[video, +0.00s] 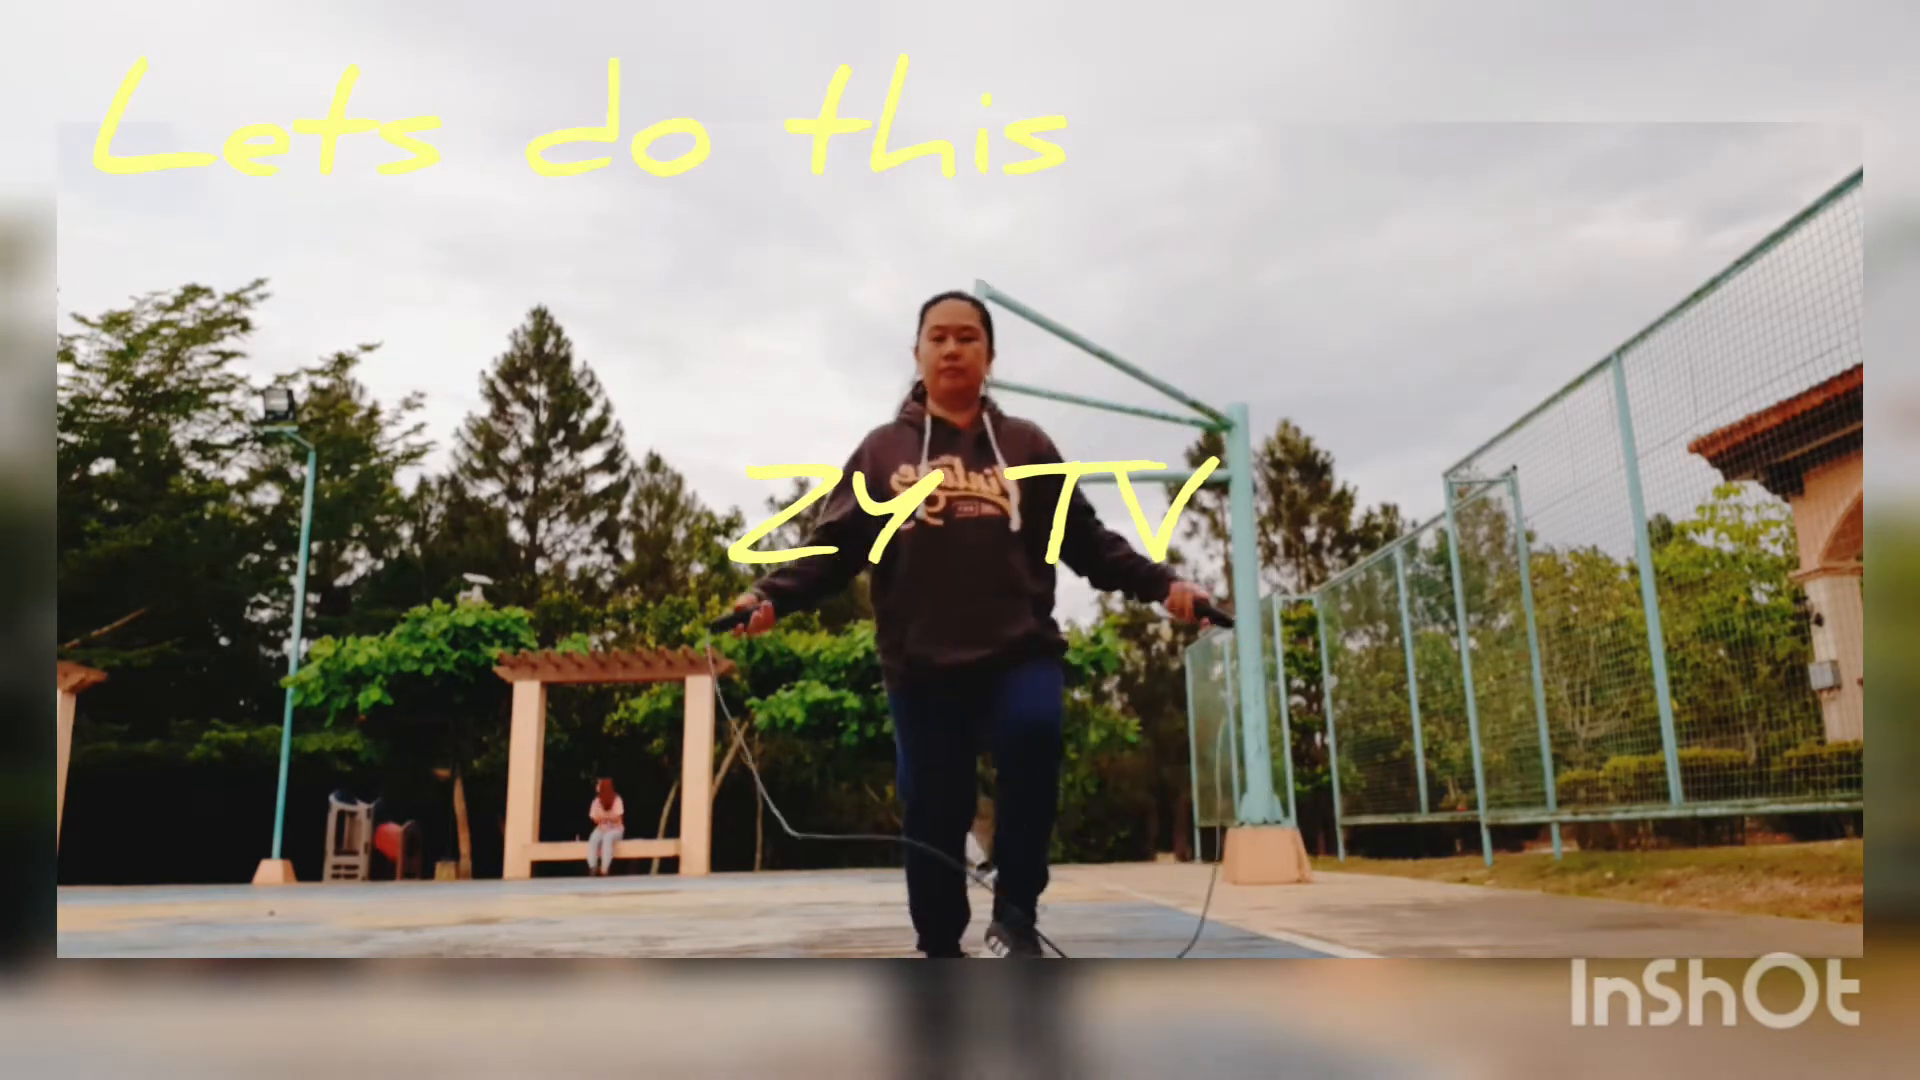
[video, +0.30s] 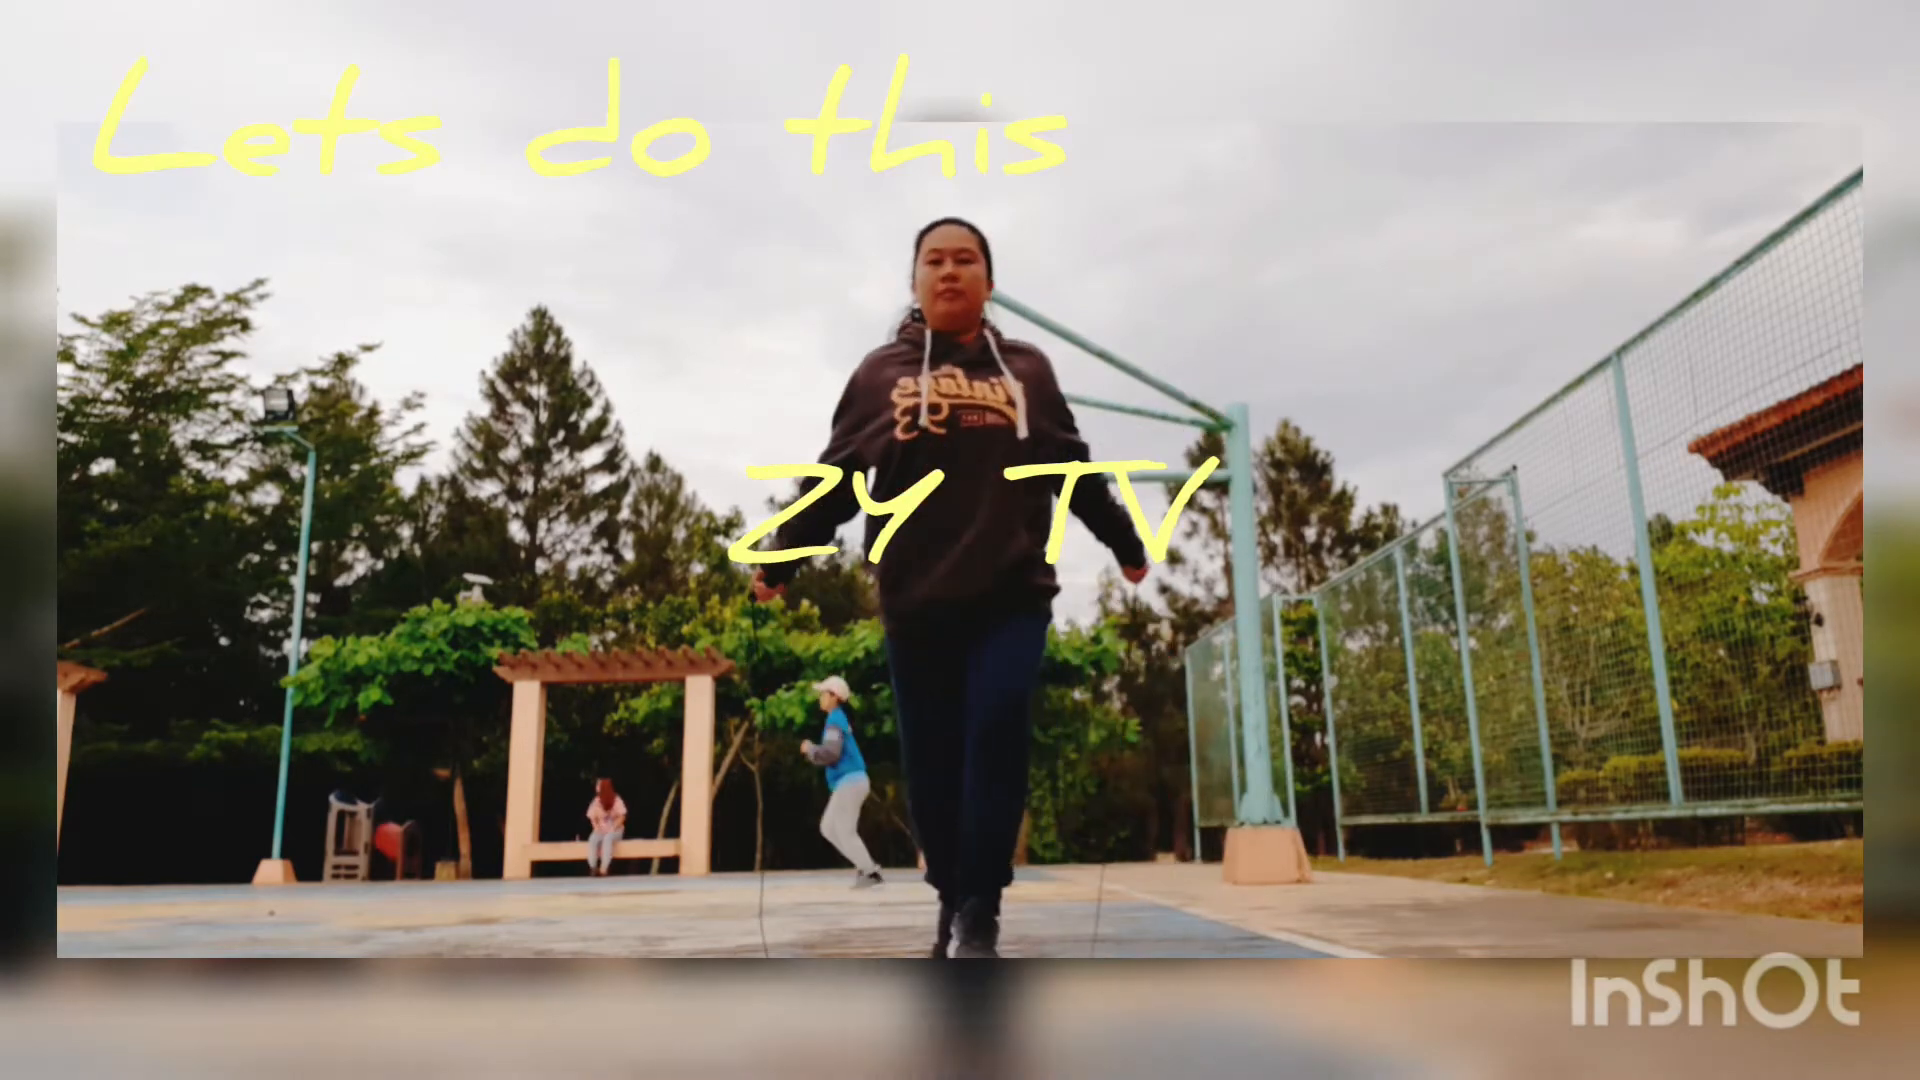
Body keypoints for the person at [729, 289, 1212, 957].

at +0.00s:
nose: (953, 350)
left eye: (967, 338)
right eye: (939, 337)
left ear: (990, 355)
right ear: (917, 353)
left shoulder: (1026, 445)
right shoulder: (883, 450)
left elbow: (1084, 539)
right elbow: (831, 545)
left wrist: (1164, 586)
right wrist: (772, 595)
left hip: (1020, 654)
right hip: (925, 662)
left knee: (1035, 739)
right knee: (932, 810)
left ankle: (1017, 921)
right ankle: (939, 952)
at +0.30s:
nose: (950, 272)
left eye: (965, 260)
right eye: (936, 261)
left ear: (988, 280)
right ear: (915, 281)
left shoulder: (1026, 369)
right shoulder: (879, 374)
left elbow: (1071, 465)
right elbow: (835, 477)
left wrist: (1125, 538)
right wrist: (779, 553)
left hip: (1011, 589)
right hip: (917, 594)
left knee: (995, 730)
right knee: (929, 750)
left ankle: (980, 911)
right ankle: (952, 903)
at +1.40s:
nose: (951, 298)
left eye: (967, 287)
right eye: (935, 289)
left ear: (993, 314)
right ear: (915, 315)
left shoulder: (1040, 404)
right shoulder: (881, 413)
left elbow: (1108, 511)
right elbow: (831, 528)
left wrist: (1199, 490)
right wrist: (740, 521)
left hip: (1026, 658)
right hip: (920, 662)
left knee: (1030, 839)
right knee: (929, 839)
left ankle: (1036, 978)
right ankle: (930, 981)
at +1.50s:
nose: (951, 258)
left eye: (965, 246)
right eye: (936, 248)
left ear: (992, 269)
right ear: (914, 272)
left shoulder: (1042, 364)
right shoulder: (881, 375)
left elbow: (1106, 476)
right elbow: (831, 490)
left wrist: (1194, 498)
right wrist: (751, 535)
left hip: (1028, 615)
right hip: (919, 619)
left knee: (1031, 787)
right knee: (927, 789)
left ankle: (1035, 946)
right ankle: (930, 951)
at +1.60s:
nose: (946, 214)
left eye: (962, 202)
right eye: (932, 204)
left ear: (990, 225)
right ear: (911, 228)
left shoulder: (1041, 316)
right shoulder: (878, 329)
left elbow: (1112, 431)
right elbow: (822, 454)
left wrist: (1195, 499)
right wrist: (743, 535)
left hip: (1024, 561)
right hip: (921, 565)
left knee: (1016, 739)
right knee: (933, 741)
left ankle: (1019, 919)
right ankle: (942, 917)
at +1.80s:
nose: (950, 248)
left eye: (965, 236)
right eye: (935, 237)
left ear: (992, 258)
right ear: (913, 261)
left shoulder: (1040, 356)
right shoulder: (880, 365)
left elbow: (1110, 467)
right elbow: (823, 481)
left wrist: (1210, 467)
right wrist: (719, 499)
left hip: (1025, 601)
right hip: (920, 603)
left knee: (1025, 781)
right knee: (927, 781)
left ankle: (1029, 947)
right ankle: (922, 950)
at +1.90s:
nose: (953, 295)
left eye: (969, 284)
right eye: (937, 285)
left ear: (996, 312)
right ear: (917, 312)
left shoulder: (1042, 405)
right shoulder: (881, 412)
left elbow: (1112, 511)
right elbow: (834, 526)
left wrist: (1209, 490)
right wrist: (736, 521)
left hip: (1025, 657)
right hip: (918, 661)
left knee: (1023, 839)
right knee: (927, 835)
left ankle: (1029, 991)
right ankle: (925, 990)